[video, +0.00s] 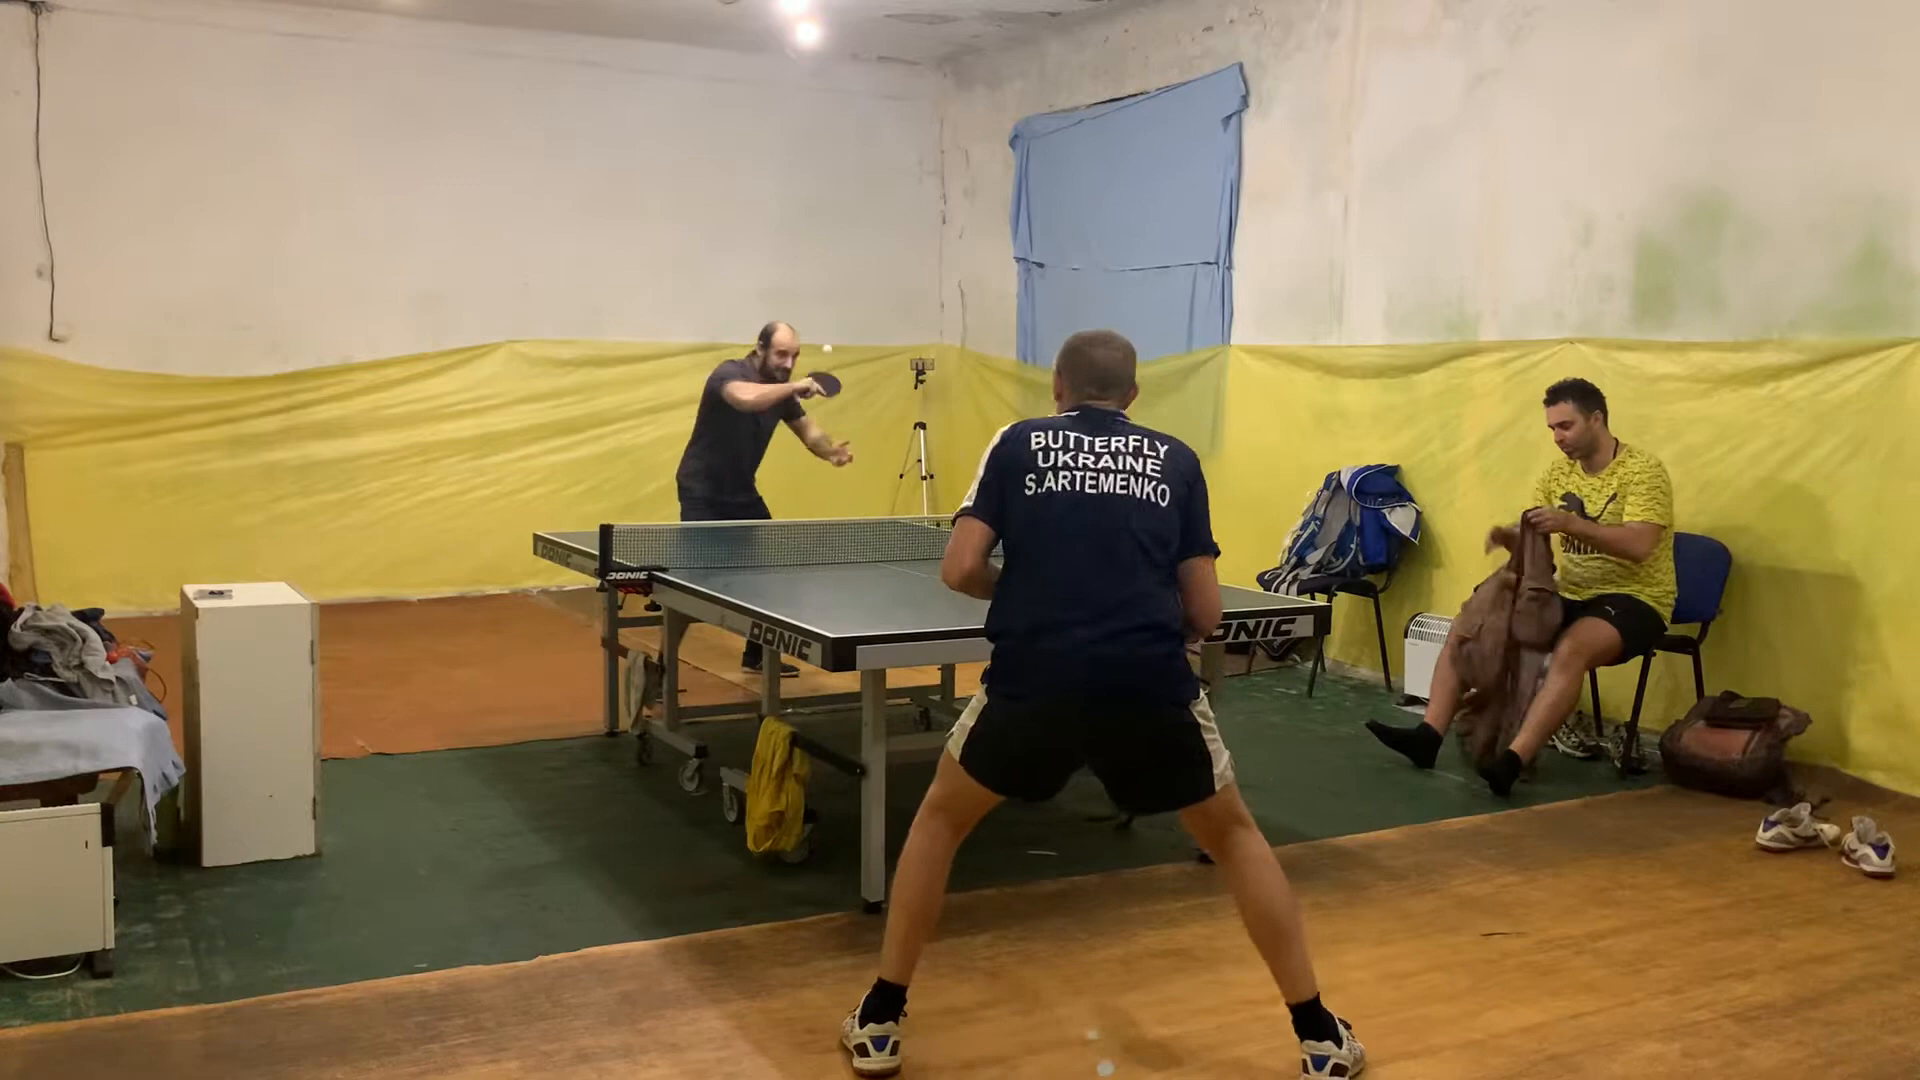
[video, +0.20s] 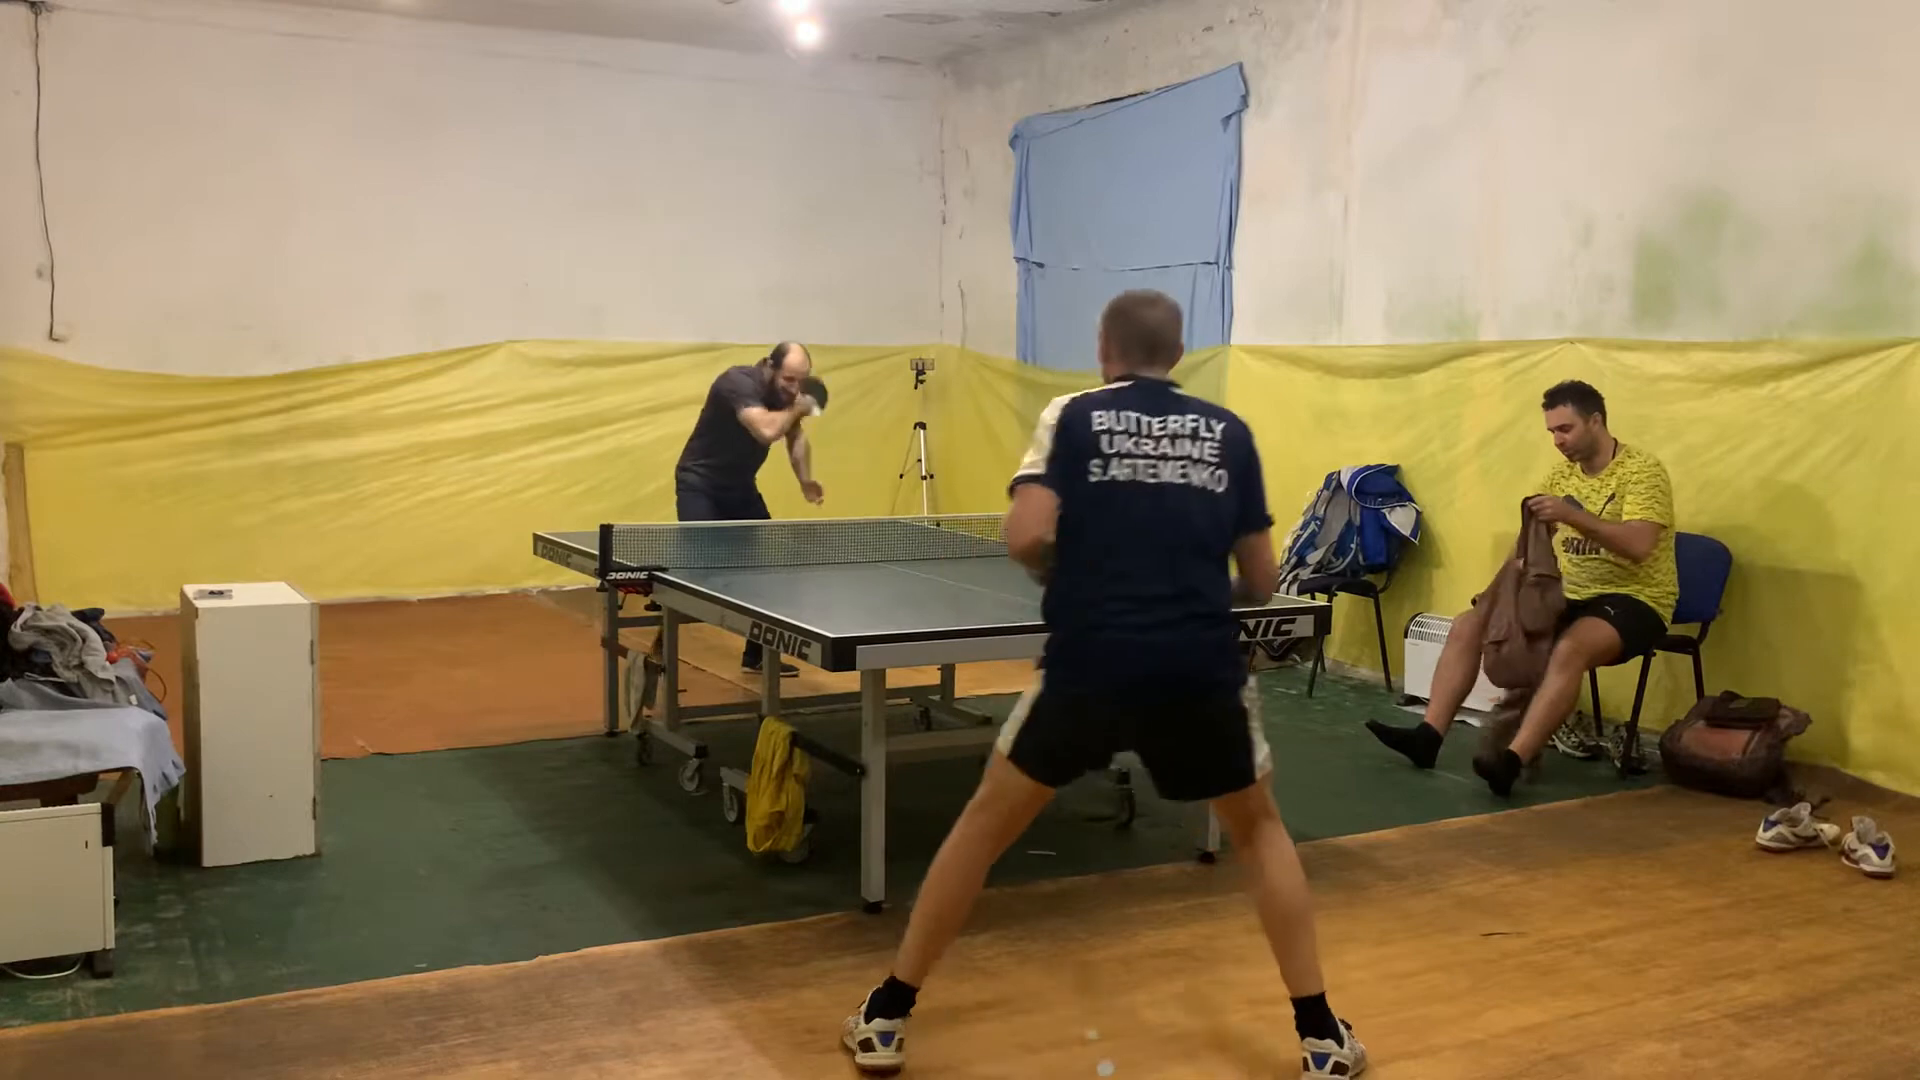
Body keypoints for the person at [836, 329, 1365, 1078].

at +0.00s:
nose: (1056, 397)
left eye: (1055, 387)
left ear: (1058, 391)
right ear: (1133, 397)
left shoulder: (1017, 440)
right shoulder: (1176, 459)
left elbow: (962, 569)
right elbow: (1203, 612)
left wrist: (1026, 591)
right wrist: (1137, 608)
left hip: (1032, 689)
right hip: (1149, 692)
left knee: (942, 821)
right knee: (1235, 837)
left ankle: (880, 1017)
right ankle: (1318, 1031)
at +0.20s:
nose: (1102, 360)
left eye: (1100, 348)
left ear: (1105, 352)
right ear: (1181, 358)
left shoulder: (1069, 414)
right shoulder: (1230, 432)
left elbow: (1028, 534)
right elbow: (1261, 581)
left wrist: (1058, 570)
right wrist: (1199, 573)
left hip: (1086, 676)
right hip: (1200, 682)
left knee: (983, 828)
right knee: (1258, 829)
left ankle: (887, 1013)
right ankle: (1321, 1031)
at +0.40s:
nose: (1116, 333)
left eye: (1118, 322)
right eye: (1126, 322)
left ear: (1125, 326)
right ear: (1198, 329)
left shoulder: (1107, 391)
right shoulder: (1256, 401)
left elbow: (1076, 524)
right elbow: (1289, 546)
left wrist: (1057, 526)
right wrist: (1222, 534)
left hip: (1148, 650)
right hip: (1253, 652)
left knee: (1047, 796)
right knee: (1274, 808)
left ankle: (1026, 1018)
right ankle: (1329, 999)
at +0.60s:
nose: (1115, 384)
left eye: (1117, 373)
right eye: (1119, 374)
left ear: (1130, 373)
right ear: (1194, 376)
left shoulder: (1122, 432)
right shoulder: (1253, 441)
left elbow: (1095, 567)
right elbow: (1274, 550)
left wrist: (1053, 554)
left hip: (1178, 674)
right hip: (1281, 669)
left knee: (1040, 809)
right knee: (1288, 814)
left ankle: (976, 1024)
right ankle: (1368, 986)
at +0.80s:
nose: (1054, 439)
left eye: (1055, 425)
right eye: (1053, 426)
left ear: (1074, 418)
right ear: (1129, 421)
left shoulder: (1088, 467)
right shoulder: (1183, 479)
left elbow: (1069, 604)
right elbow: (1160, 639)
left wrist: (980, 596)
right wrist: (1048, 655)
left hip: (1159, 706)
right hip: (1252, 699)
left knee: (988, 819)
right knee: (1246, 823)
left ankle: (930, 1037)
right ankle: (1362, 982)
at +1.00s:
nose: (1008, 377)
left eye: (1008, 367)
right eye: (1011, 369)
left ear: (1023, 362)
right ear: (1091, 367)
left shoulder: (1013, 417)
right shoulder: (1141, 437)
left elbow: (938, 552)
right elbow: (1083, 589)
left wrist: (830, 566)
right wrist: (942, 613)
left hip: (1050, 695)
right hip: (1160, 692)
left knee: (914, 819)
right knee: (1226, 829)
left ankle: (924, 1037)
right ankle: (1320, 983)